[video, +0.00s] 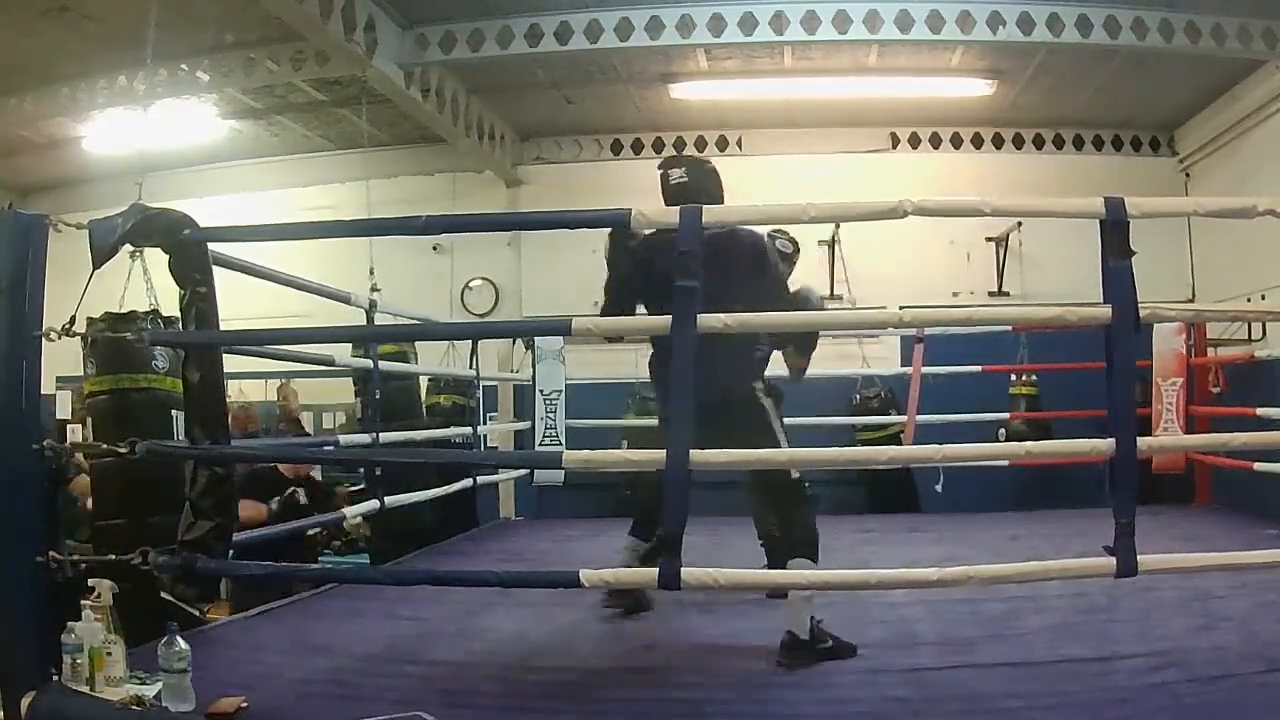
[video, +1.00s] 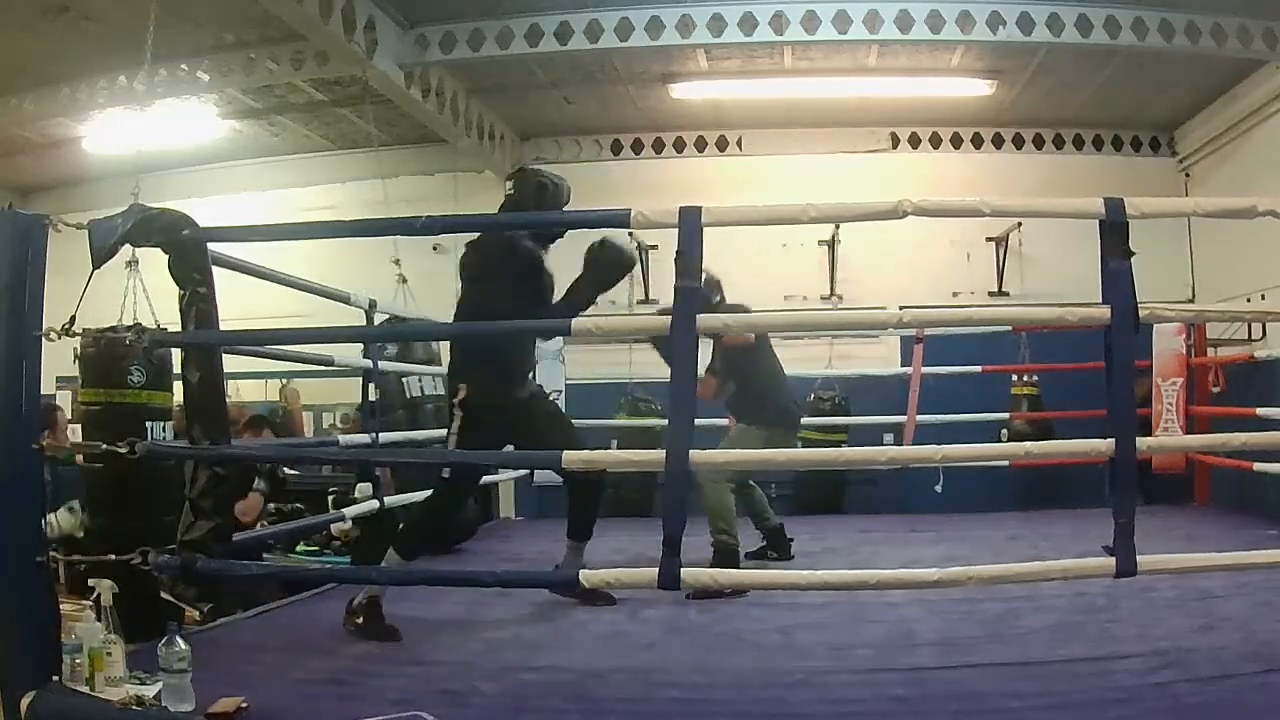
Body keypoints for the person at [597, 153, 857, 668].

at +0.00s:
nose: (703, 207)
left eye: (682, 199)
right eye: (710, 194)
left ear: (666, 199)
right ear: (718, 195)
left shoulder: (647, 250)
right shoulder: (745, 245)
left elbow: (613, 322)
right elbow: (792, 337)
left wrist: (619, 257)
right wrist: (807, 305)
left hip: (674, 408)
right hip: (740, 403)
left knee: (662, 478)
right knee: (786, 498)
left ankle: (628, 575)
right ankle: (801, 625)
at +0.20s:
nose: (696, 187)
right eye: (693, 178)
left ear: (642, 171)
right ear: (683, 179)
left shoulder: (613, 215)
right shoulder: (677, 218)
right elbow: (715, 281)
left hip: (614, 353)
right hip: (649, 358)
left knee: (643, 465)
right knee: (703, 467)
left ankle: (603, 585)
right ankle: (743, 609)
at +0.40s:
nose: (650, 182)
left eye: (650, 174)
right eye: (648, 173)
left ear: (601, 163)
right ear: (634, 167)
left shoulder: (567, 208)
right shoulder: (619, 206)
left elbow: (557, 289)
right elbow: (645, 285)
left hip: (580, 349)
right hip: (600, 353)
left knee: (628, 464)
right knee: (594, 477)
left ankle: (580, 559)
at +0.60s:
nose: (625, 191)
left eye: (626, 182)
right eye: (621, 180)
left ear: (585, 172)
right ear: (596, 175)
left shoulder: (573, 217)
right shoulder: (562, 217)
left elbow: (603, 296)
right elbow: (605, 296)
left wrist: (633, 255)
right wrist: (633, 251)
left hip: (570, 355)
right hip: (550, 355)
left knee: (582, 463)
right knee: (536, 468)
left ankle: (563, 577)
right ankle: (504, 611)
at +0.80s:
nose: (589, 194)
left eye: (589, 187)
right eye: (587, 186)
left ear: (545, 175)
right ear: (573, 180)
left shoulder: (515, 206)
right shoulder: (559, 207)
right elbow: (593, 276)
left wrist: (593, 217)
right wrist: (613, 224)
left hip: (514, 348)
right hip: (526, 350)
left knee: (562, 462)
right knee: (512, 470)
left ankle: (561, 579)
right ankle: (414, 576)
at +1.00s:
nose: (560, 225)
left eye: (561, 216)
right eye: (556, 214)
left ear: (517, 201)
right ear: (537, 207)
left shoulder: (509, 250)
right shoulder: (509, 253)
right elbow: (546, 324)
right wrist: (593, 280)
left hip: (518, 392)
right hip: (488, 396)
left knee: (590, 468)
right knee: (450, 504)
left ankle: (570, 569)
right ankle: (369, 595)